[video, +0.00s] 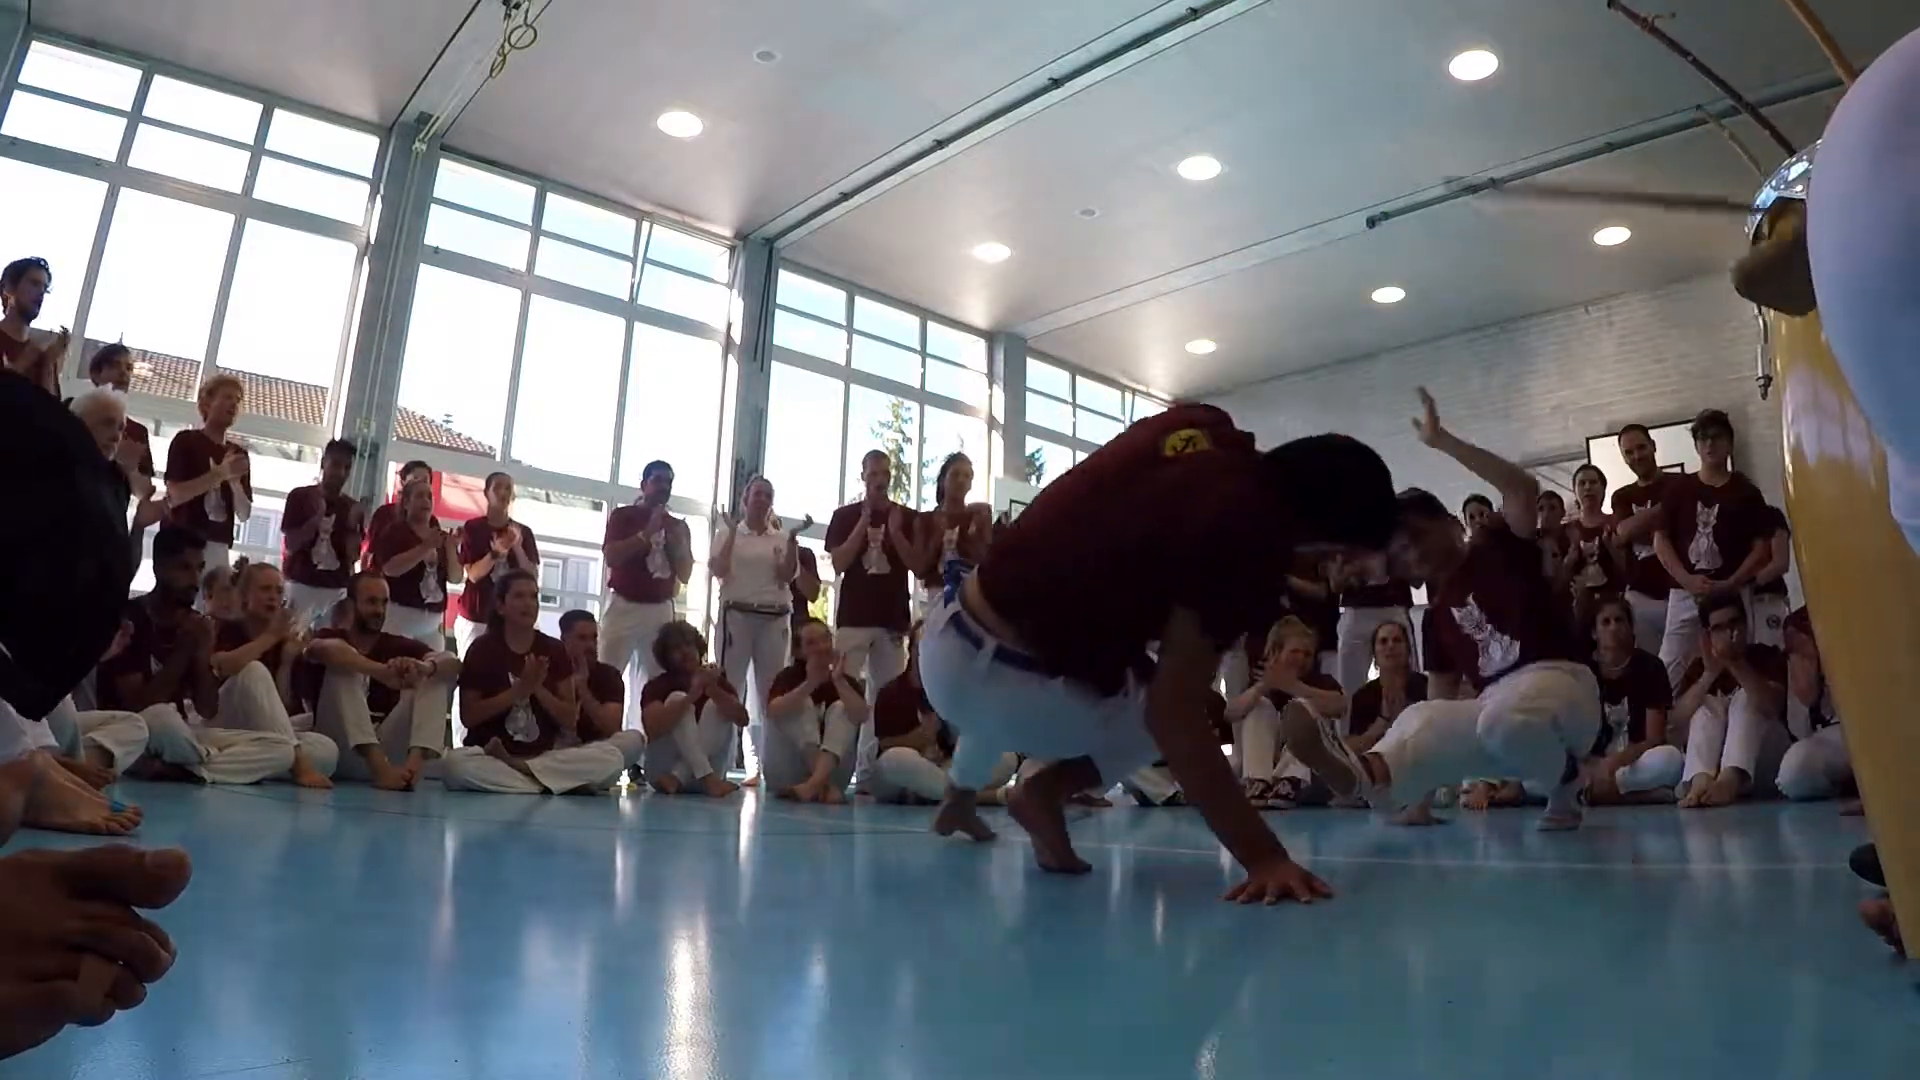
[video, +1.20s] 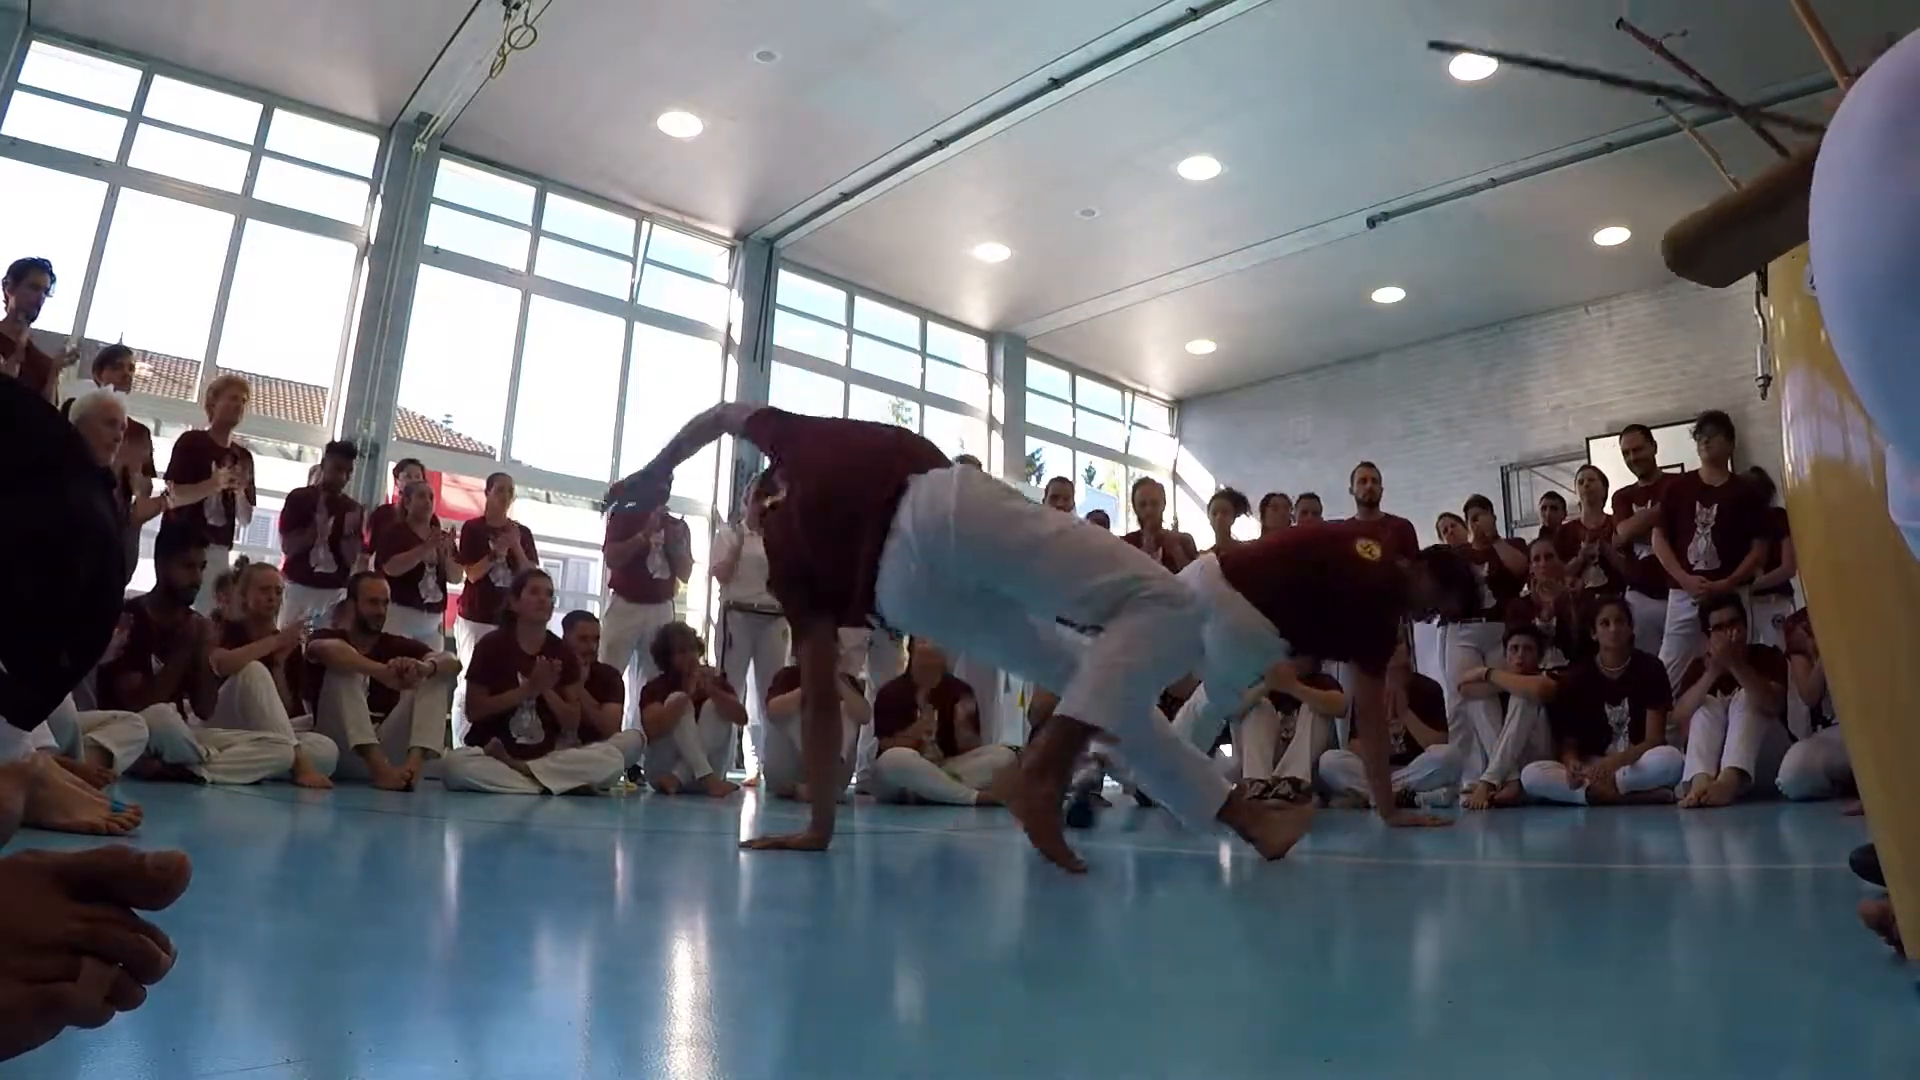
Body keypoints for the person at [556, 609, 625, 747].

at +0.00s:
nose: (591, 644)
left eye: (594, 638)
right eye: (582, 638)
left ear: (598, 639)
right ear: (564, 640)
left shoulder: (609, 675)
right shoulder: (550, 675)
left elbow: (611, 728)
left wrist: (584, 691)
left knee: (634, 738)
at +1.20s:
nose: (591, 646)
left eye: (596, 639)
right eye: (583, 639)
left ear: (600, 640)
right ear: (565, 640)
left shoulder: (609, 675)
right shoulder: (550, 673)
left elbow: (610, 729)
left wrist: (578, 690)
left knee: (634, 738)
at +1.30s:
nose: (592, 646)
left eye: (596, 639)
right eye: (583, 639)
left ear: (600, 640)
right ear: (565, 640)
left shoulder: (610, 675)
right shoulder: (550, 672)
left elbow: (609, 729)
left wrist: (578, 701)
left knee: (634, 738)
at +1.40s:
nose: (592, 646)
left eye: (596, 639)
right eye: (583, 639)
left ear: (600, 640)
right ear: (566, 639)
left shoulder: (609, 675)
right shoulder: (551, 673)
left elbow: (610, 728)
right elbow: (570, 722)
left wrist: (579, 696)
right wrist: (549, 687)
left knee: (633, 738)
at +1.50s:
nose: (593, 647)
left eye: (596, 639)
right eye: (584, 640)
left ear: (600, 640)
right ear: (565, 641)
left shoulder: (610, 674)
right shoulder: (552, 674)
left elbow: (609, 728)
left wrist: (582, 696)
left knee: (634, 738)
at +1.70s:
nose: (592, 647)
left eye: (596, 640)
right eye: (584, 640)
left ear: (600, 640)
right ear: (565, 640)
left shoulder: (609, 675)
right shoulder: (549, 671)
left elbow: (609, 727)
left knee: (634, 739)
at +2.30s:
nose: (593, 647)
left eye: (597, 640)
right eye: (584, 640)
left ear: (600, 640)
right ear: (565, 640)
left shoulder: (610, 675)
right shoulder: (550, 672)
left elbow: (610, 729)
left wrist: (583, 691)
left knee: (635, 739)